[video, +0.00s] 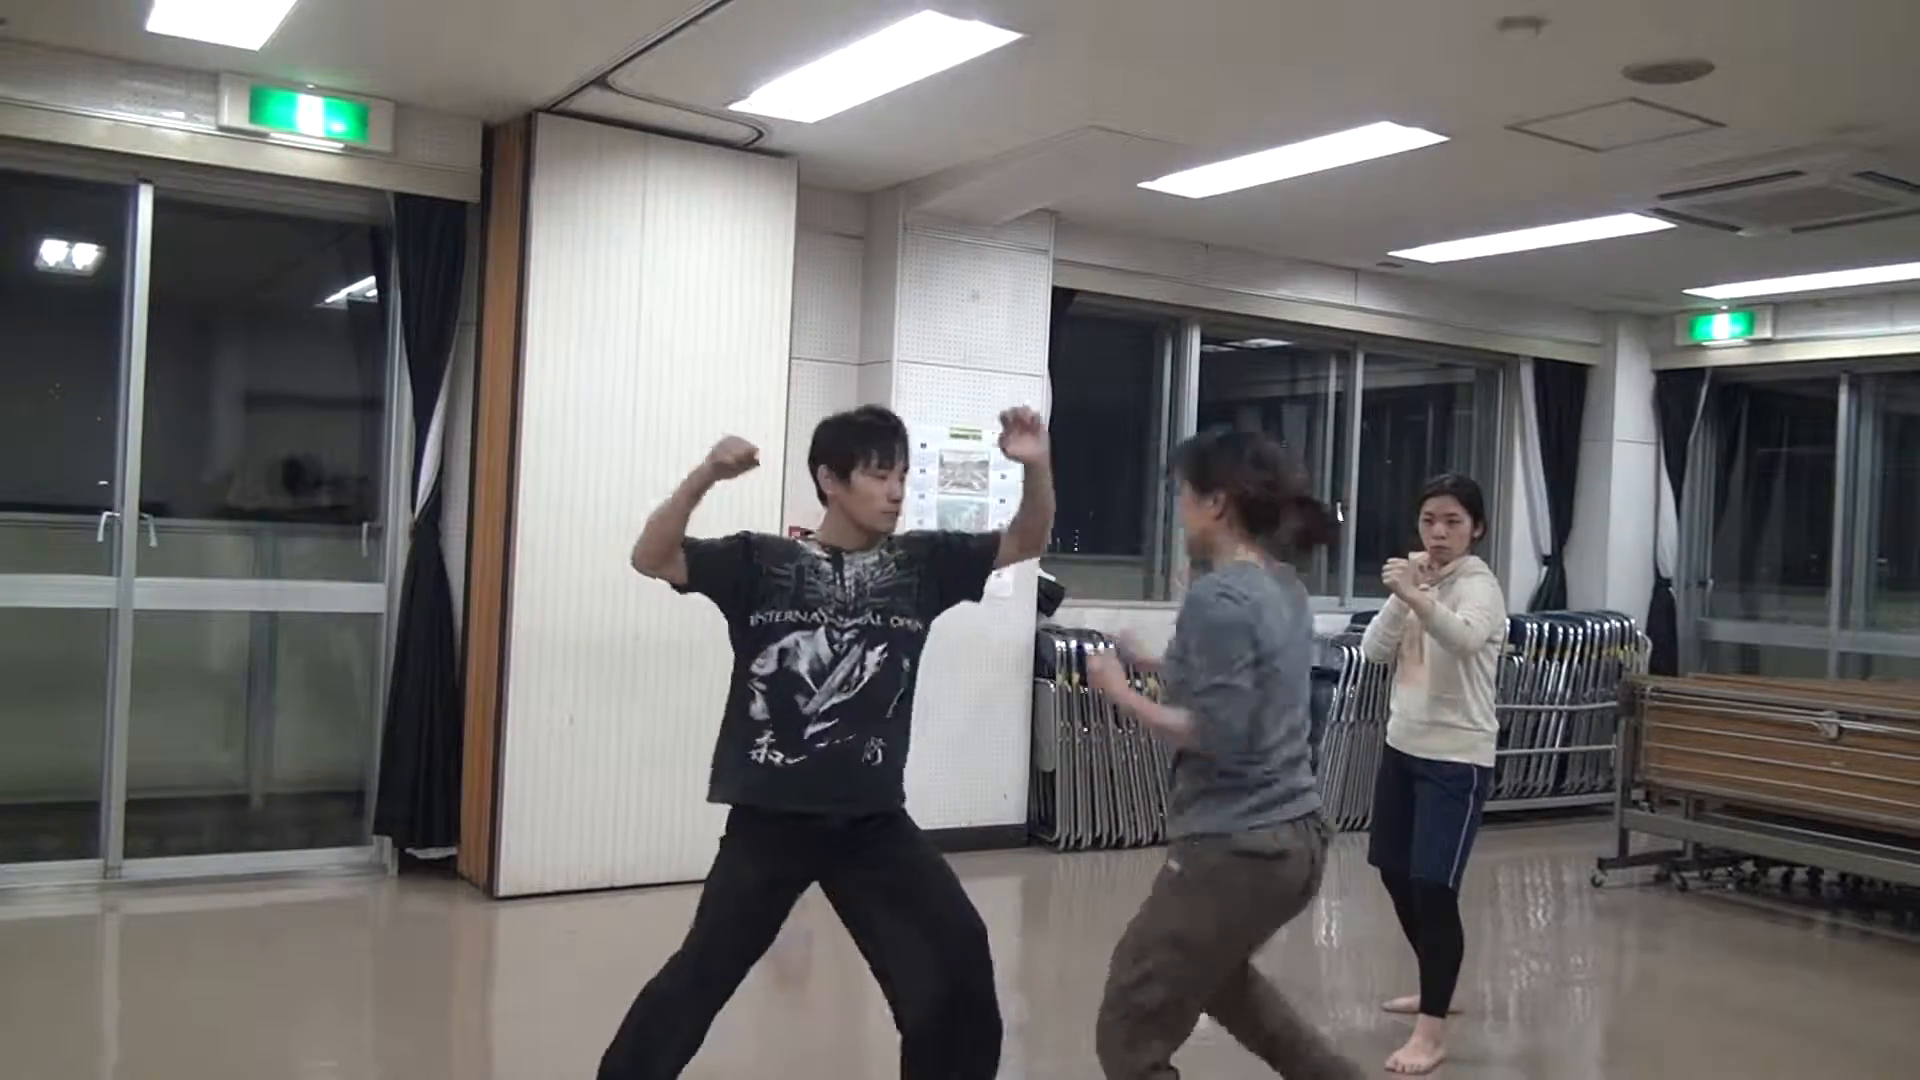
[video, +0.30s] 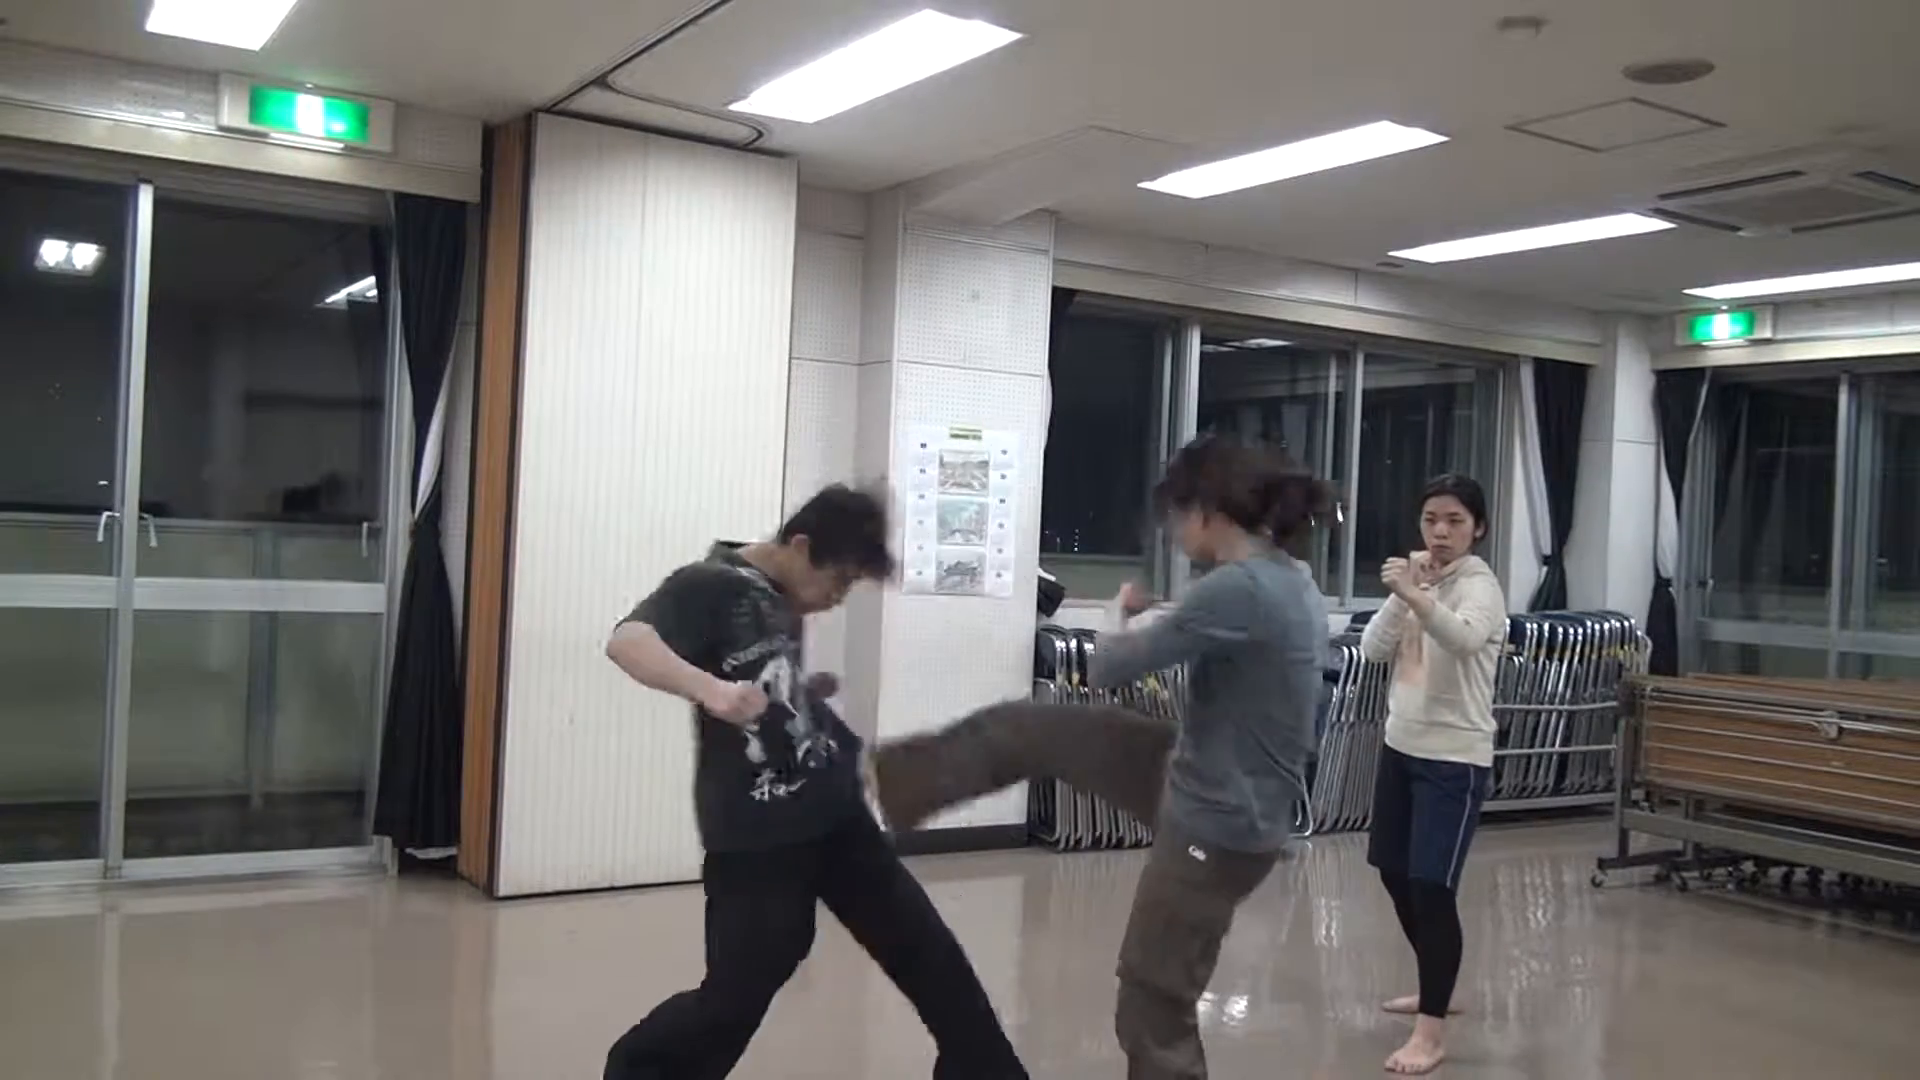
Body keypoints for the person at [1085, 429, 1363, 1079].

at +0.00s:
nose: (1179, 512)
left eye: (1185, 496)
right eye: (1181, 497)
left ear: (1217, 504)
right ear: (1239, 503)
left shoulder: (1219, 597)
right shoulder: (1285, 588)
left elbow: (1218, 732)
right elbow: (1246, 684)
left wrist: (1121, 693)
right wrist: (1152, 665)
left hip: (1235, 854)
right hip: (1297, 841)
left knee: (1129, 1034)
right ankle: (1330, 1072)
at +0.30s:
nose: (1174, 535)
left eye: (1178, 518)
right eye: (1173, 519)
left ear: (1208, 512)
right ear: (1235, 508)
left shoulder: (1239, 590)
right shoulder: (1290, 583)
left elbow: (1109, 666)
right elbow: (1212, 629)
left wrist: (1126, 617)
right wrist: (1155, 617)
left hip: (1219, 823)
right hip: (1201, 777)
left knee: (1153, 1015)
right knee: (1031, 725)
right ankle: (892, 788)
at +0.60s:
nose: (1197, 506)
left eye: (1199, 491)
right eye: (1198, 492)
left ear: (1213, 497)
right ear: (1284, 497)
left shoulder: (1232, 597)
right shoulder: (1284, 587)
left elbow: (1216, 732)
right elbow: (1238, 714)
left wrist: (1142, 755)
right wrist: (1159, 748)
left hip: (1185, 829)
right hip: (1224, 825)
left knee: (1126, 998)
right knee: (1162, 987)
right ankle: (1192, 1070)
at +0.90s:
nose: (1298, 517)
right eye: (1292, 507)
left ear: (1203, 509)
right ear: (1281, 520)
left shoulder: (1141, 578)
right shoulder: (1290, 619)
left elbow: (1059, 613)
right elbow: (1375, 737)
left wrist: (1126, 645)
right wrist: (1358, 708)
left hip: (1166, 823)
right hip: (1266, 829)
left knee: (1079, 996)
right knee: (1271, 1015)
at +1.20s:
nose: (1246, 552)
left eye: (1247, 539)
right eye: (1244, 539)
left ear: (1175, 533)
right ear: (1230, 542)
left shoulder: (1130, 594)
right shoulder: (1223, 610)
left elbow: (1178, 697)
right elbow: (1288, 704)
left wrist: (1254, 731)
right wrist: (1301, 759)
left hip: (1056, 816)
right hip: (1137, 830)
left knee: (1070, 980)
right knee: (1228, 1003)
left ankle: (1020, 1076)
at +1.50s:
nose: (1160, 551)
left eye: (1163, 536)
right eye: (1160, 534)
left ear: (1099, 525)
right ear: (1135, 531)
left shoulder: (1104, 609)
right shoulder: (1052, 613)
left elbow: (1106, 703)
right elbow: (1095, 735)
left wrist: (1160, 674)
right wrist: (1159, 673)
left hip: (1074, 838)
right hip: (1020, 835)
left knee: (1099, 976)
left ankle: (1034, 1073)